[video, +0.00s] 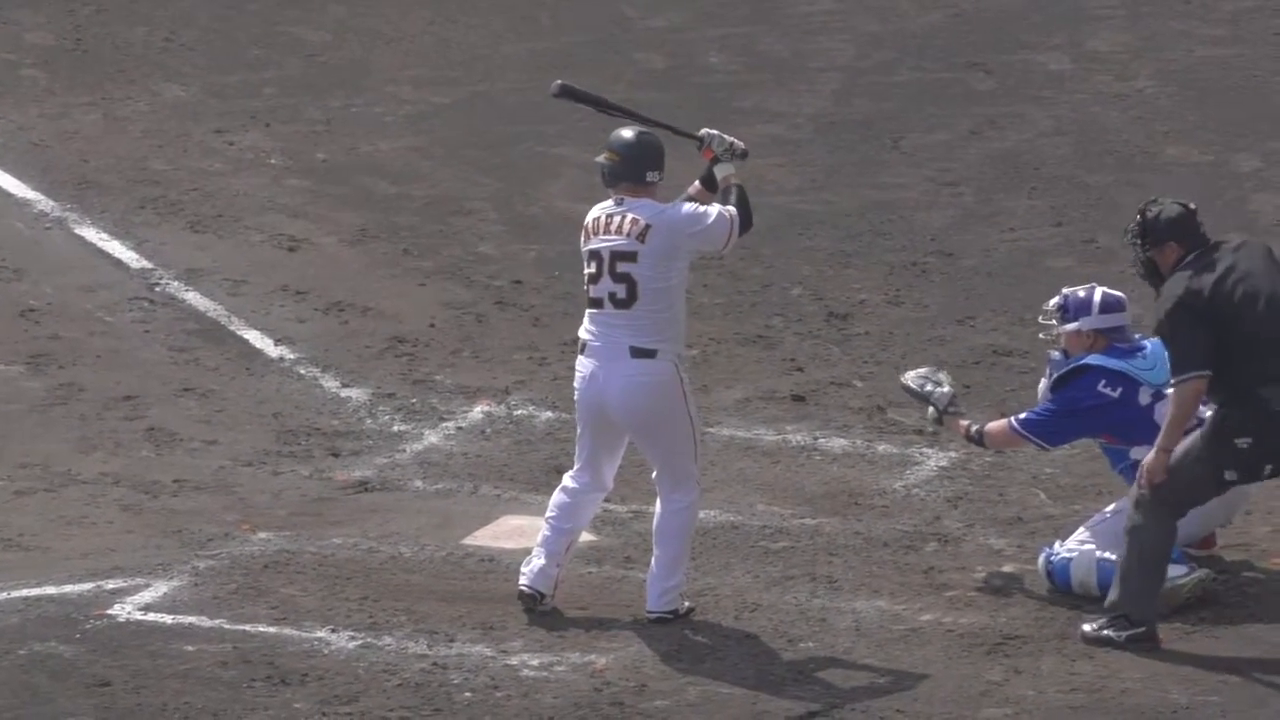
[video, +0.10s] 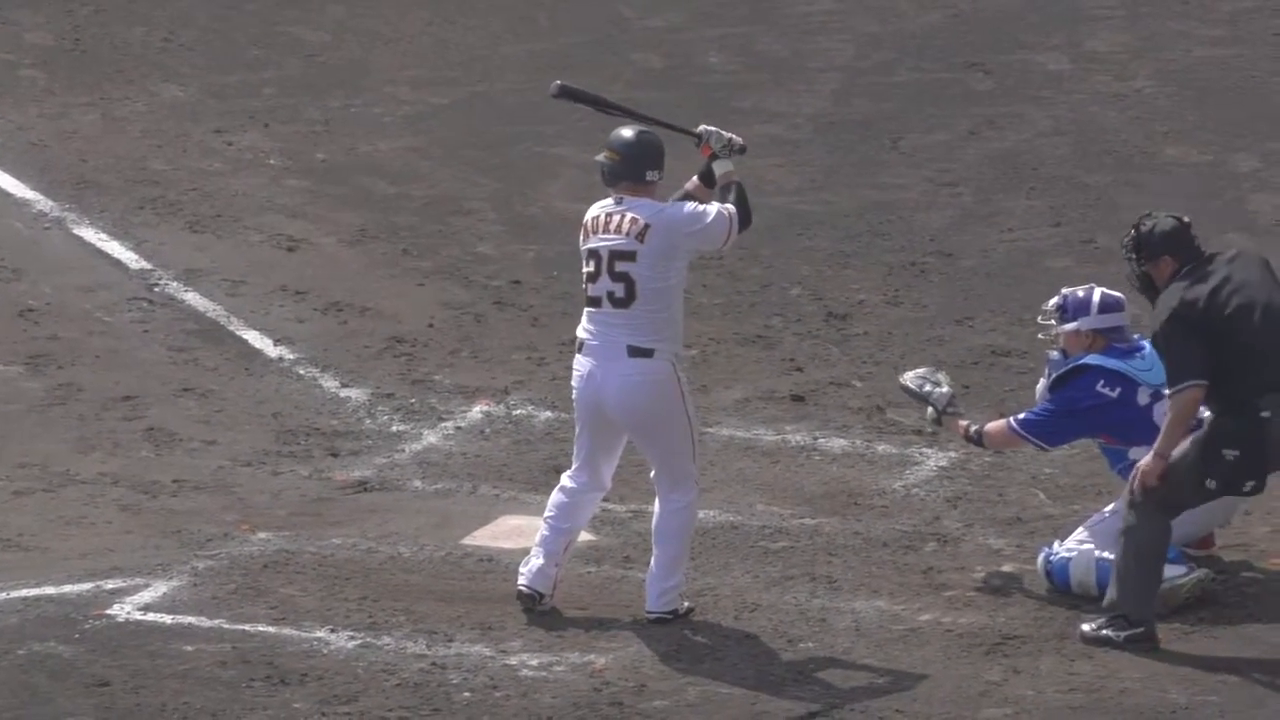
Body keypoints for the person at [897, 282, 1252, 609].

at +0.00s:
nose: (1058, 336)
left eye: (1065, 329)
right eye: (1060, 328)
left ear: (1090, 337)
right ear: (1106, 333)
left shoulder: (1092, 389)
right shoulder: (1148, 347)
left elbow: (1019, 431)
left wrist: (968, 430)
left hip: (1192, 490)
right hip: (1230, 470)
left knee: (1060, 562)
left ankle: (1174, 577)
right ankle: (1197, 540)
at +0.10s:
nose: (1058, 337)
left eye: (1065, 330)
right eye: (1060, 329)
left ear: (1091, 338)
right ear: (1104, 334)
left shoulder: (1090, 389)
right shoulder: (1143, 349)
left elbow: (1018, 431)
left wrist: (969, 430)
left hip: (1194, 488)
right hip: (1226, 469)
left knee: (1060, 561)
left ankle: (1174, 577)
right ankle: (1195, 543)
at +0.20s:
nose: (1055, 338)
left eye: (1062, 331)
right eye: (1056, 330)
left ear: (1088, 338)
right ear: (1103, 336)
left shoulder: (1090, 386)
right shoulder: (1140, 350)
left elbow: (1016, 431)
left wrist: (966, 430)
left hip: (1181, 495)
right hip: (1219, 477)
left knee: (1056, 561)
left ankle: (1169, 576)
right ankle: (1193, 540)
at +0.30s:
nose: (1055, 335)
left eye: (1062, 329)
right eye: (1057, 328)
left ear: (1088, 336)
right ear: (1101, 335)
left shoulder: (1088, 387)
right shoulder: (1140, 349)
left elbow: (1010, 432)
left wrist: (955, 424)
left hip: (1173, 501)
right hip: (1211, 478)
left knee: (1054, 560)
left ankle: (1166, 575)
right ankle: (1192, 539)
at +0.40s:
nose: (1055, 336)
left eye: (1061, 329)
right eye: (1057, 328)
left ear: (1086, 336)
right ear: (1103, 333)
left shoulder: (1090, 386)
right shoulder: (1145, 350)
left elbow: (1011, 432)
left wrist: (957, 426)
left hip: (1175, 500)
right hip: (1216, 481)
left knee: (1055, 559)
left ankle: (1167, 574)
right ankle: (1193, 534)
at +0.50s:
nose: (1053, 337)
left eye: (1059, 330)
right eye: (1055, 329)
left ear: (1083, 338)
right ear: (1106, 332)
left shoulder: (1087, 387)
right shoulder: (1148, 351)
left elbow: (1008, 435)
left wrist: (955, 427)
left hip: (1167, 506)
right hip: (1210, 484)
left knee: (1051, 562)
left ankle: (1161, 575)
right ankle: (1189, 537)